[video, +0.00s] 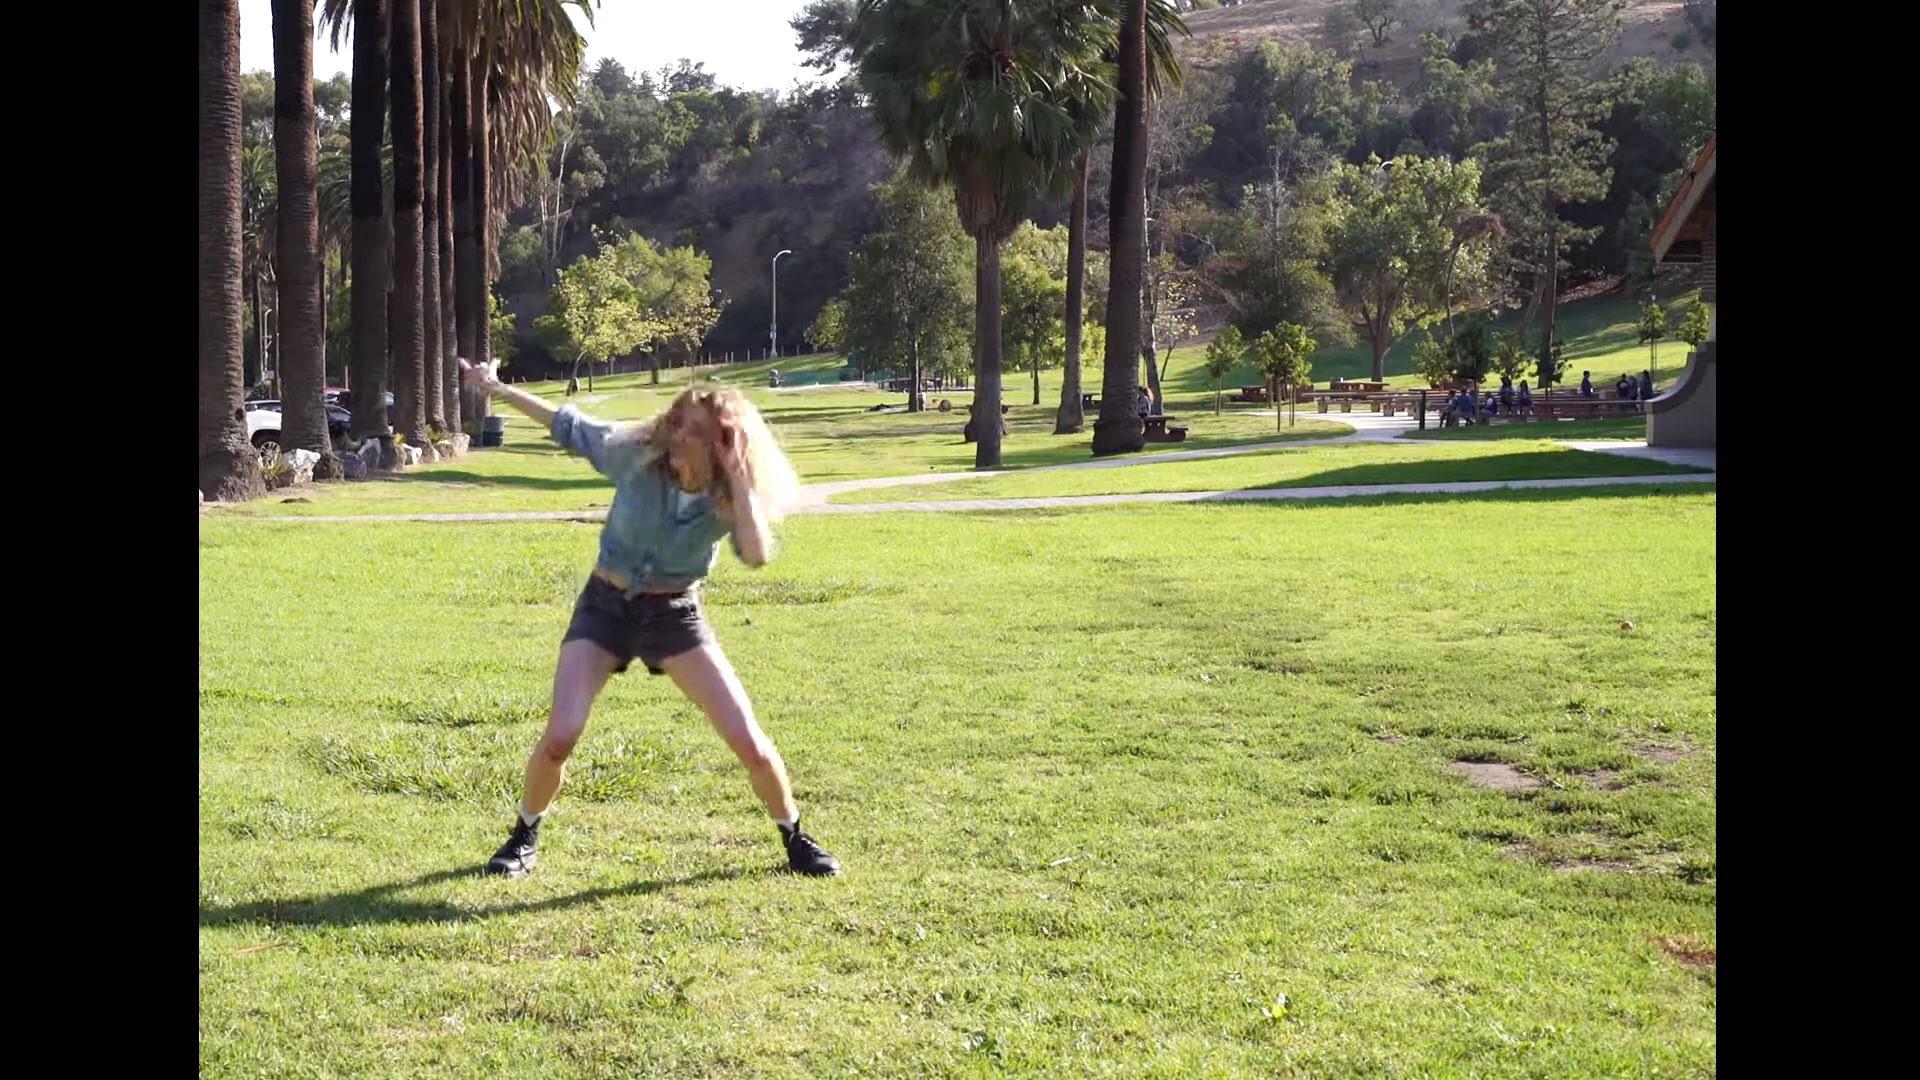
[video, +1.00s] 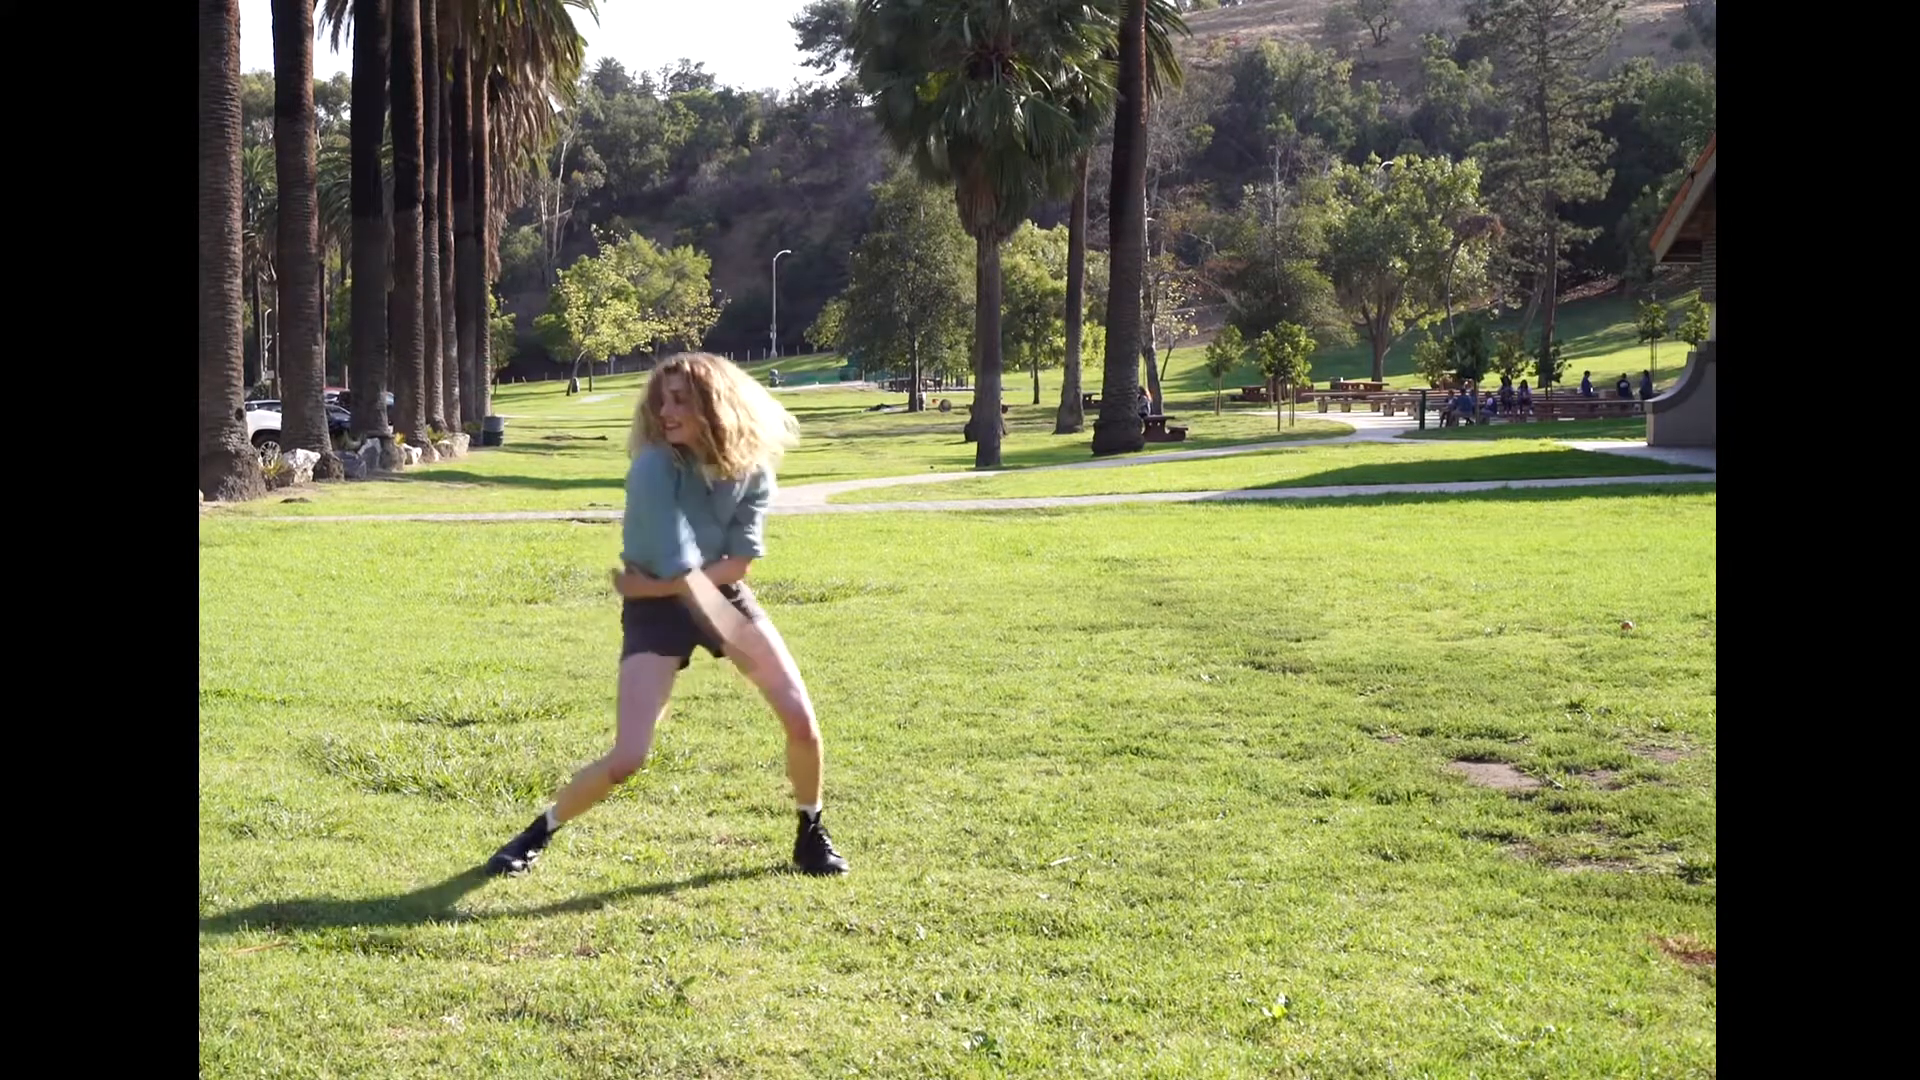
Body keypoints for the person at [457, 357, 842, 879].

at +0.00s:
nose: (682, 438)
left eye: (696, 433)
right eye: (679, 426)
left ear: (721, 445)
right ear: (669, 425)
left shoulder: (727, 495)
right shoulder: (635, 453)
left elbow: (755, 555)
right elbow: (563, 424)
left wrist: (740, 479)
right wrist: (494, 387)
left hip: (675, 612)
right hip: (605, 603)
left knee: (753, 746)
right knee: (561, 734)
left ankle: (797, 839)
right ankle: (524, 836)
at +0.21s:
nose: (676, 425)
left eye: (691, 420)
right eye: (673, 412)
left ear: (719, 426)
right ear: (666, 406)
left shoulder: (725, 480)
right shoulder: (638, 421)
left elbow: (724, 541)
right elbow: (571, 375)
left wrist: (725, 460)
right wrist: (507, 338)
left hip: (666, 616)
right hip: (598, 613)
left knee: (723, 763)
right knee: (555, 746)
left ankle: (787, 840)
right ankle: (525, 838)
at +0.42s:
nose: (675, 409)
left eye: (690, 398)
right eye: (670, 396)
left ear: (721, 409)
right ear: (660, 399)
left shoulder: (734, 483)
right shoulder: (636, 435)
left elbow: (712, 535)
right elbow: (578, 387)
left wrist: (718, 450)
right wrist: (516, 346)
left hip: (660, 622)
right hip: (588, 611)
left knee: (739, 750)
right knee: (557, 742)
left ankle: (792, 841)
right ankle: (524, 837)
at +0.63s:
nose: (675, 433)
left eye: (689, 423)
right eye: (671, 422)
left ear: (720, 434)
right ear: (664, 427)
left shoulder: (742, 514)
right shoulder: (647, 467)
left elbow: (685, 567)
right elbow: (572, 448)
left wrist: (702, 486)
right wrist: (501, 423)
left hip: (657, 632)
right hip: (588, 608)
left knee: (739, 740)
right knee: (549, 729)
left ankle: (793, 838)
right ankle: (520, 837)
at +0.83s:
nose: (681, 430)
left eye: (696, 421)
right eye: (677, 421)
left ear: (729, 435)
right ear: (671, 434)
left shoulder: (771, 510)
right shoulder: (655, 491)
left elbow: (736, 589)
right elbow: (570, 547)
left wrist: (658, 587)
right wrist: (477, 596)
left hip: (689, 620)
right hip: (626, 609)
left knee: (776, 724)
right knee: (562, 731)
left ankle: (802, 839)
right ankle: (520, 839)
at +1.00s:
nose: (666, 413)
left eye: (679, 401)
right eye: (660, 403)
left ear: (713, 406)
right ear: (654, 409)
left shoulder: (750, 468)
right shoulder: (653, 466)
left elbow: (739, 562)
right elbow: (680, 567)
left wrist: (649, 585)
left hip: (723, 593)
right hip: (657, 601)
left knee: (801, 719)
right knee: (629, 756)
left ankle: (812, 835)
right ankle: (540, 832)